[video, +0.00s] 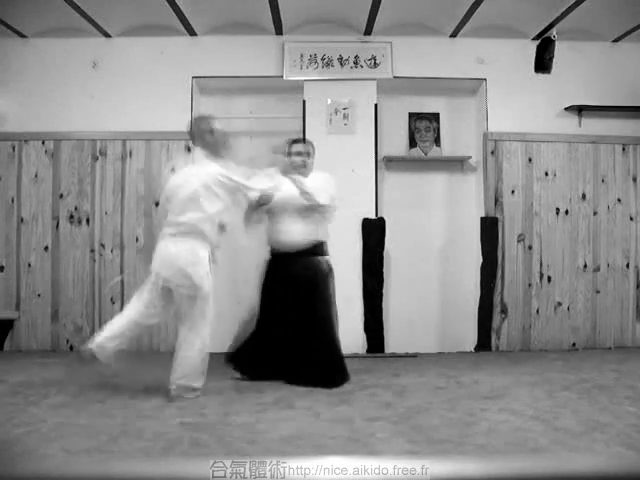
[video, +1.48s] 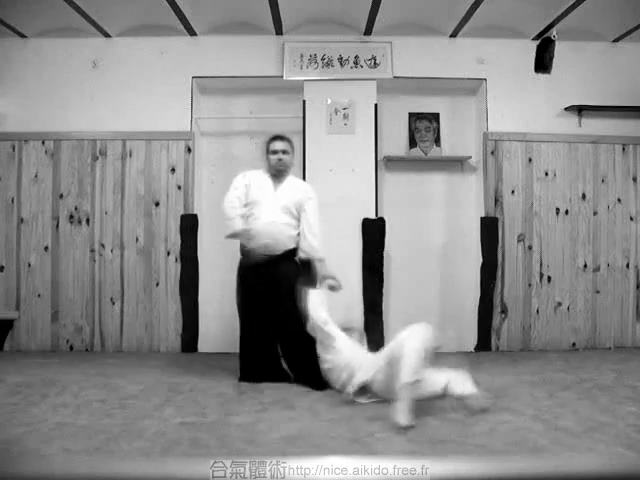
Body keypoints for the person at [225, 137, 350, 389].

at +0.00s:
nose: (300, 159)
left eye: (305, 155)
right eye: (296, 154)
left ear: (312, 158)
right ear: (286, 157)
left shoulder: (322, 181)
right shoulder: (273, 181)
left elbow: (323, 208)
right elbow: (250, 217)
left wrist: (297, 182)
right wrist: (258, 203)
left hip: (312, 258)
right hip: (280, 259)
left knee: (312, 317)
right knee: (275, 316)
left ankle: (315, 371)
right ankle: (274, 368)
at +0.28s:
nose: (308, 159)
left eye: (311, 154)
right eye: (302, 154)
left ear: (313, 158)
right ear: (287, 156)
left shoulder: (319, 186)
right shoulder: (268, 184)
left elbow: (314, 221)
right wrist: (283, 229)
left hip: (307, 261)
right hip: (276, 260)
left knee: (311, 318)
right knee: (274, 318)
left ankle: (316, 370)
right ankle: (272, 369)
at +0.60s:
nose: (288, 156)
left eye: (291, 152)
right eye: (282, 151)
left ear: (295, 155)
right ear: (268, 155)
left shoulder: (305, 182)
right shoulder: (251, 180)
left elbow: (310, 219)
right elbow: (254, 214)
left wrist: (304, 239)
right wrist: (274, 235)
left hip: (300, 249)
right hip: (264, 249)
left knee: (301, 311)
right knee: (267, 311)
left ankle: (307, 370)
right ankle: (266, 370)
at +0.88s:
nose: (276, 154)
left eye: (279, 150)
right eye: (271, 150)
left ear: (283, 153)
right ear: (259, 154)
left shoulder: (297, 179)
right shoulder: (246, 181)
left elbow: (310, 215)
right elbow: (247, 219)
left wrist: (302, 242)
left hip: (294, 252)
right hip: (260, 254)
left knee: (300, 314)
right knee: (259, 313)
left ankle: (305, 372)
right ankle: (255, 373)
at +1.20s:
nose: (274, 155)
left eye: (278, 151)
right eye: (268, 151)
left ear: (283, 155)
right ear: (257, 156)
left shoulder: (297, 182)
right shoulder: (244, 181)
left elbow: (312, 220)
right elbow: (255, 215)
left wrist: (315, 244)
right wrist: (291, 223)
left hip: (292, 258)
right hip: (259, 259)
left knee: (298, 320)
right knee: (259, 320)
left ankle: (308, 374)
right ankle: (258, 373)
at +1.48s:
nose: (279, 157)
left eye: (285, 153)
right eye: (274, 153)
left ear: (292, 157)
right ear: (266, 157)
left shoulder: (302, 190)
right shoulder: (248, 180)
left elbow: (311, 231)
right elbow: (230, 206)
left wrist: (317, 268)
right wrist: (242, 234)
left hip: (286, 262)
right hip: (252, 262)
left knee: (291, 323)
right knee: (254, 323)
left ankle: (309, 377)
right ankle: (257, 374)